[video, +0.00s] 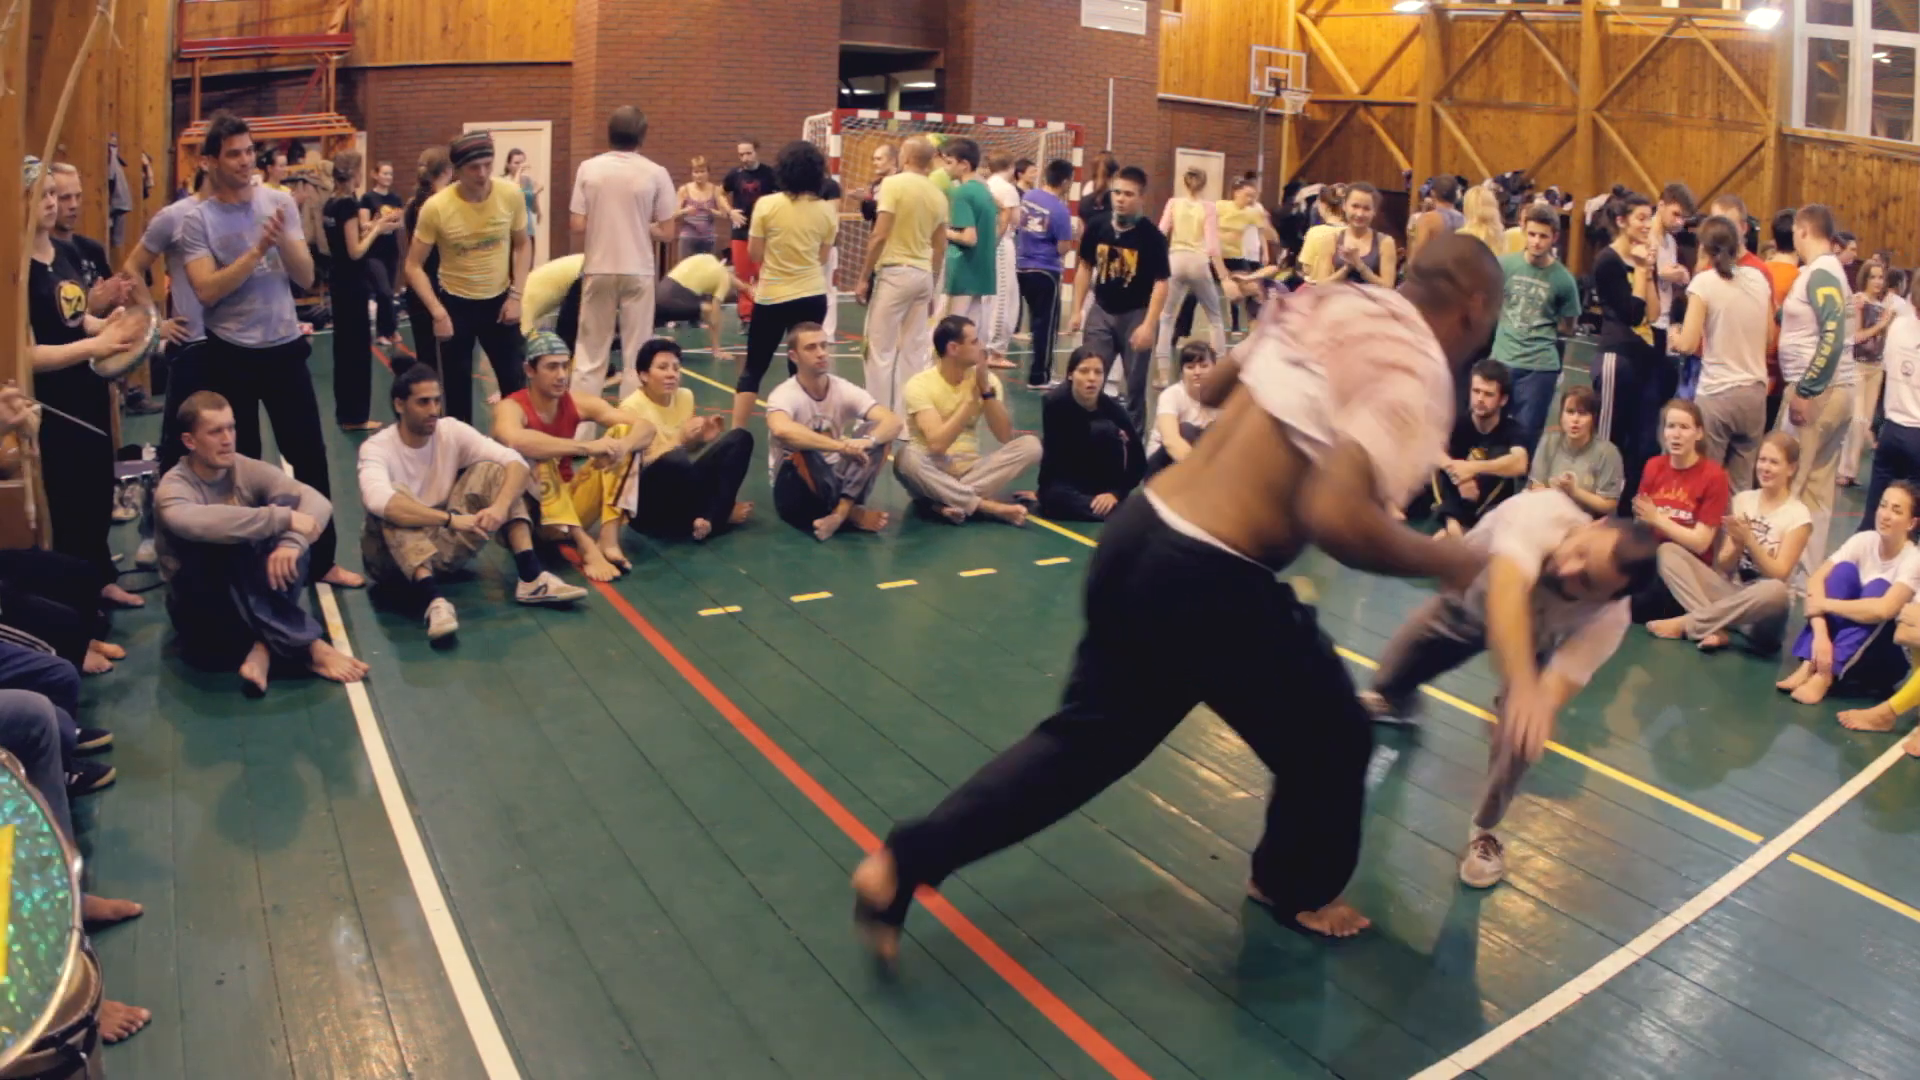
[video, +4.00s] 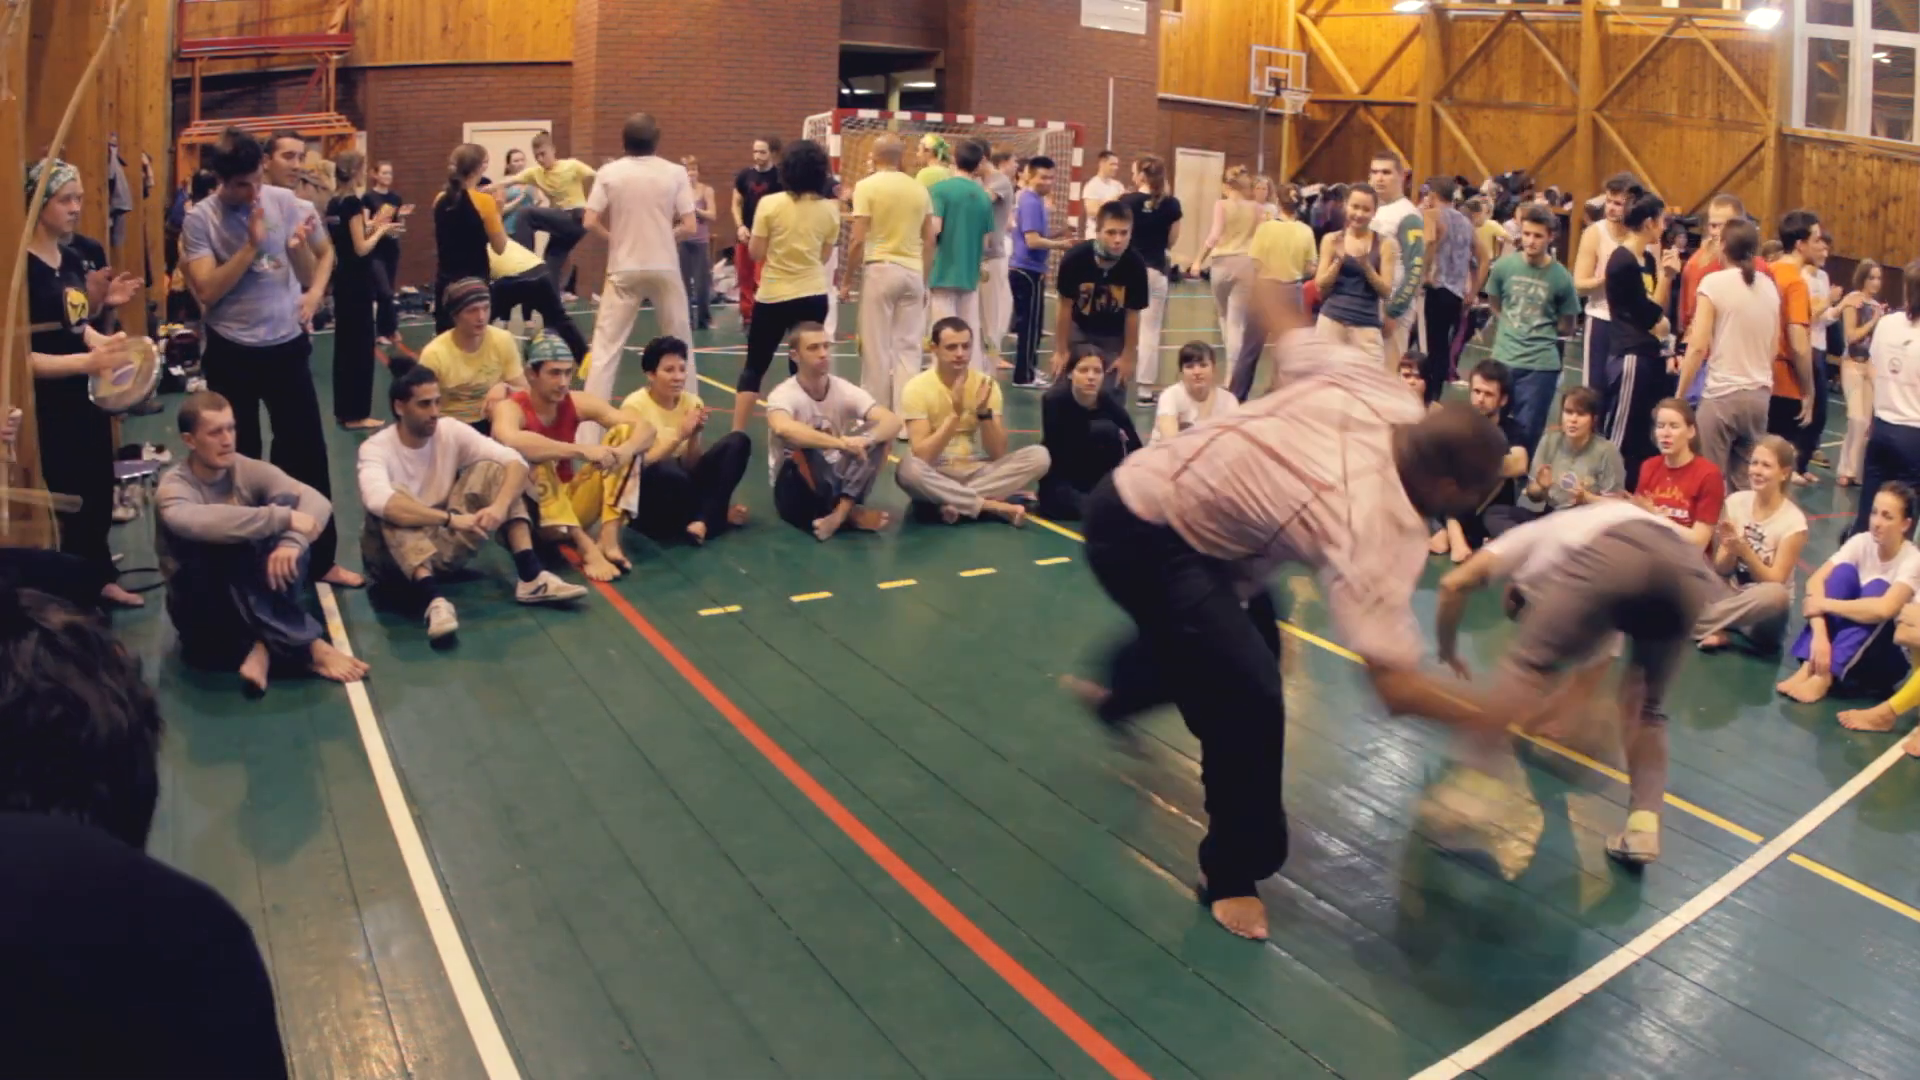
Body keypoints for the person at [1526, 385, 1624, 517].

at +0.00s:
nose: (1575, 419)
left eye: (1582, 414)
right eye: (1570, 412)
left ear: (1594, 418)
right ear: (1561, 416)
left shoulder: (1608, 453)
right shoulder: (1550, 442)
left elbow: (1609, 505)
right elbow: (1536, 485)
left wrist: (1575, 492)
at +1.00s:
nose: (1572, 418)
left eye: (1579, 413)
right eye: (1567, 412)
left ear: (1592, 418)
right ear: (1560, 415)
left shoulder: (1607, 452)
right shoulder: (1549, 441)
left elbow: (1609, 505)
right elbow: (1534, 490)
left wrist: (1574, 491)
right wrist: (1552, 491)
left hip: (1584, 529)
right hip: (1547, 519)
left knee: (1576, 547)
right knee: (1494, 514)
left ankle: (1509, 550)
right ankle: (1539, 565)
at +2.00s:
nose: (1570, 420)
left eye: (1577, 414)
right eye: (1565, 413)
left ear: (1591, 418)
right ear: (1559, 415)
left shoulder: (1606, 452)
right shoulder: (1549, 441)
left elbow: (1609, 505)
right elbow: (1534, 491)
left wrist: (1574, 492)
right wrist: (1555, 492)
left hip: (1584, 528)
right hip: (1548, 518)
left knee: (1576, 547)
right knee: (1494, 514)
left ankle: (1509, 550)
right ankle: (1538, 565)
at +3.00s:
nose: (1569, 419)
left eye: (1577, 414)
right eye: (1565, 412)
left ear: (1591, 419)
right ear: (1558, 414)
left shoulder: (1606, 452)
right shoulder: (1549, 441)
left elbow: (1611, 506)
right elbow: (1533, 490)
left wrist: (1574, 492)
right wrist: (1551, 489)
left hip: (1584, 529)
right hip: (1547, 519)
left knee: (1574, 548)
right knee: (1494, 514)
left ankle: (1510, 550)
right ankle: (1539, 566)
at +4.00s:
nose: (1572, 420)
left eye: (1580, 414)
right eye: (1568, 412)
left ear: (1594, 420)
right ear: (1561, 414)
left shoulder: (1607, 452)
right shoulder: (1550, 440)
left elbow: (1615, 504)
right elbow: (1532, 494)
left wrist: (1586, 497)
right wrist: (1541, 487)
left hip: (1583, 522)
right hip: (1546, 514)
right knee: (1494, 513)